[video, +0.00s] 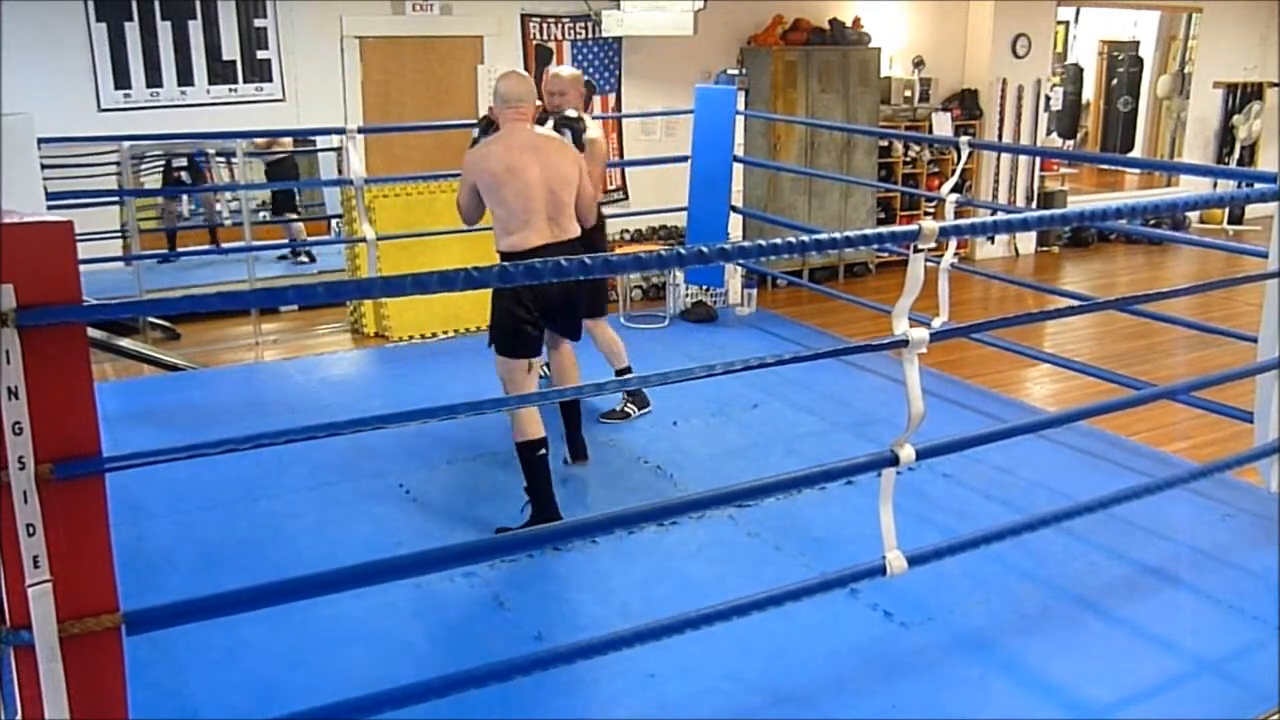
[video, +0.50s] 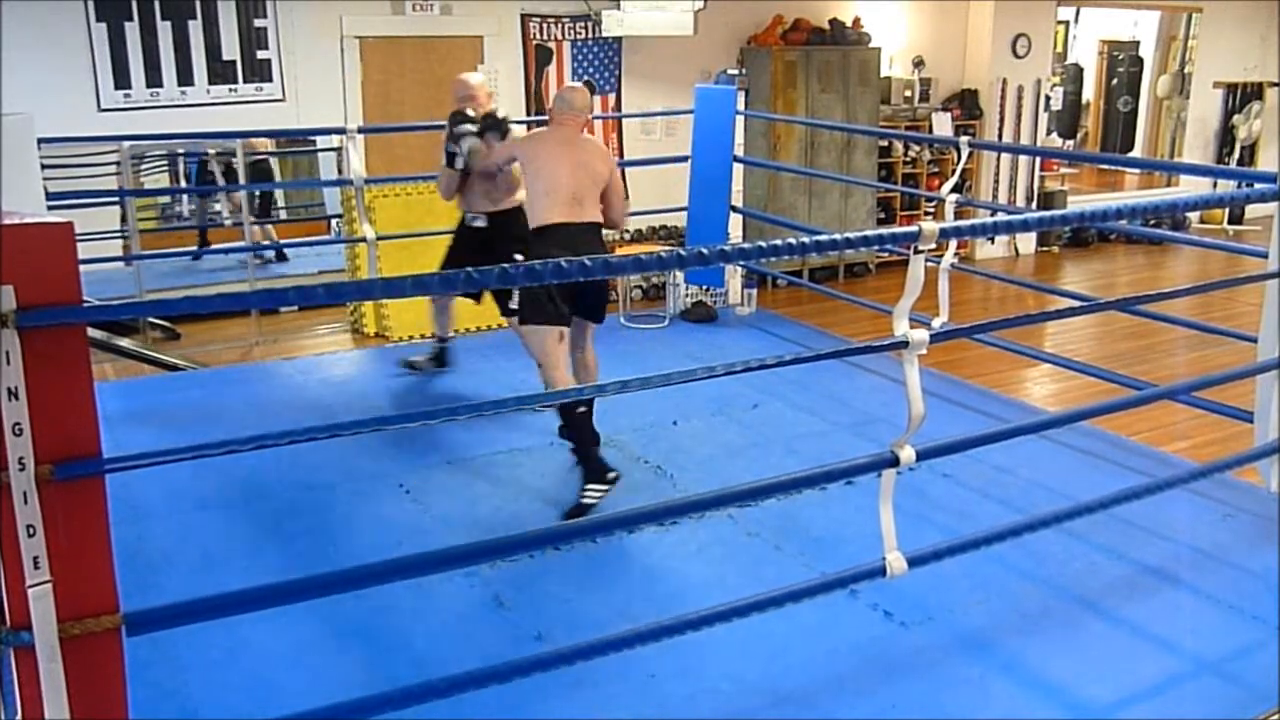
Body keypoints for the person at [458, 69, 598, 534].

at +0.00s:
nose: (495, 112)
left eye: (493, 105)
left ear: (495, 108)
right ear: (538, 106)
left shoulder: (480, 154)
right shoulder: (566, 149)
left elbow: (469, 213)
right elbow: (587, 216)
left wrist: (487, 161)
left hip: (518, 272)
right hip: (568, 263)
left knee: (519, 389)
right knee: (561, 342)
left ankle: (544, 508)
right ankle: (575, 442)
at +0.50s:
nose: (555, 113)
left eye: (553, 107)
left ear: (551, 111)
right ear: (586, 117)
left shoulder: (526, 144)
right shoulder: (602, 155)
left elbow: (488, 160)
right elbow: (617, 218)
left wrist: (479, 132)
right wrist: (582, 203)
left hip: (545, 252)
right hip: (592, 251)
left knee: (553, 365)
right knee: (582, 345)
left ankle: (595, 469)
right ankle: (582, 425)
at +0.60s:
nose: (543, 114)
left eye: (546, 109)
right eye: (551, 109)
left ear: (550, 114)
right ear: (583, 119)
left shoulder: (528, 149)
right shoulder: (600, 154)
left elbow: (490, 176)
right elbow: (621, 214)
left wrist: (486, 156)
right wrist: (590, 194)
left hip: (547, 253)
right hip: (592, 251)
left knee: (566, 361)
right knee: (587, 344)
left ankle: (607, 463)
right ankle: (583, 423)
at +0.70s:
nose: (544, 116)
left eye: (543, 110)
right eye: (571, 112)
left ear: (540, 114)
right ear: (577, 117)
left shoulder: (524, 150)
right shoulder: (598, 148)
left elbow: (492, 213)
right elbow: (619, 207)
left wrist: (510, 211)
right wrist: (583, 197)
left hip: (549, 249)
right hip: (596, 246)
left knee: (562, 358)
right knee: (589, 344)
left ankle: (606, 458)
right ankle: (582, 422)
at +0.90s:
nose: (505, 121)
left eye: (504, 115)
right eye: (505, 115)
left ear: (510, 113)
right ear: (541, 104)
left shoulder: (519, 148)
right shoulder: (577, 135)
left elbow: (514, 218)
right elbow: (608, 193)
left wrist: (489, 200)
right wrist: (563, 193)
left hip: (556, 245)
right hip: (596, 237)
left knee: (548, 357)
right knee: (581, 339)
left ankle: (594, 458)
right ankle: (582, 421)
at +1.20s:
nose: (483, 124)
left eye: (482, 116)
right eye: (481, 116)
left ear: (495, 109)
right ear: (513, 102)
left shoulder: (519, 149)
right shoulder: (553, 131)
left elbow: (507, 225)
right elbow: (545, 197)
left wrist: (475, 190)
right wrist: (496, 182)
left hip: (548, 252)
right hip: (568, 242)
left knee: (555, 368)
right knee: (545, 340)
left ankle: (587, 471)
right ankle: (567, 415)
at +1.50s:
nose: (466, 115)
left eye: (468, 107)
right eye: (466, 107)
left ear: (488, 105)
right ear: (505, 102)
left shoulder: (491, 144)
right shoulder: (538, 137)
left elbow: (448, 197)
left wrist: (443, 149)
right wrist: (472, 145)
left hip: (512, 252)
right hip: (539, 247)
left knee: (520, 368)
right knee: (507, 341)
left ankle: (576, 462)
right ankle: (515, 426)